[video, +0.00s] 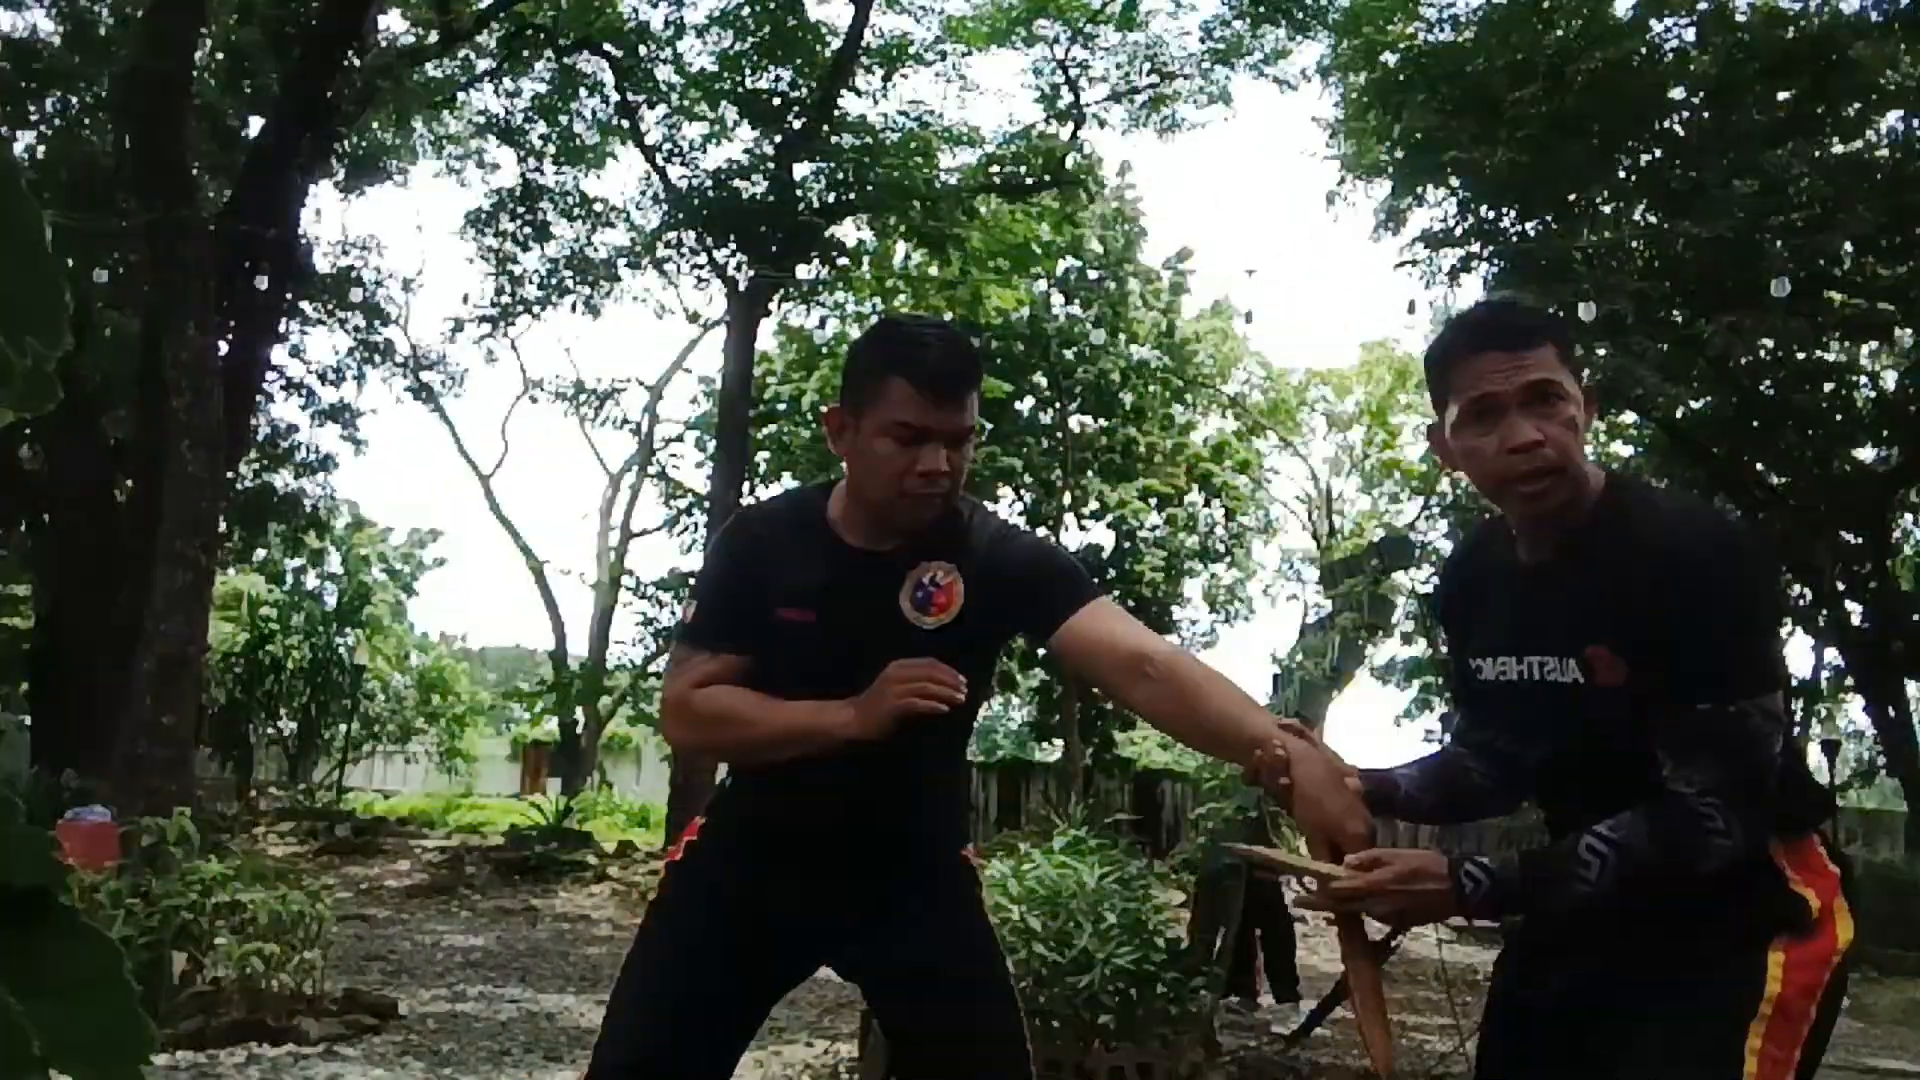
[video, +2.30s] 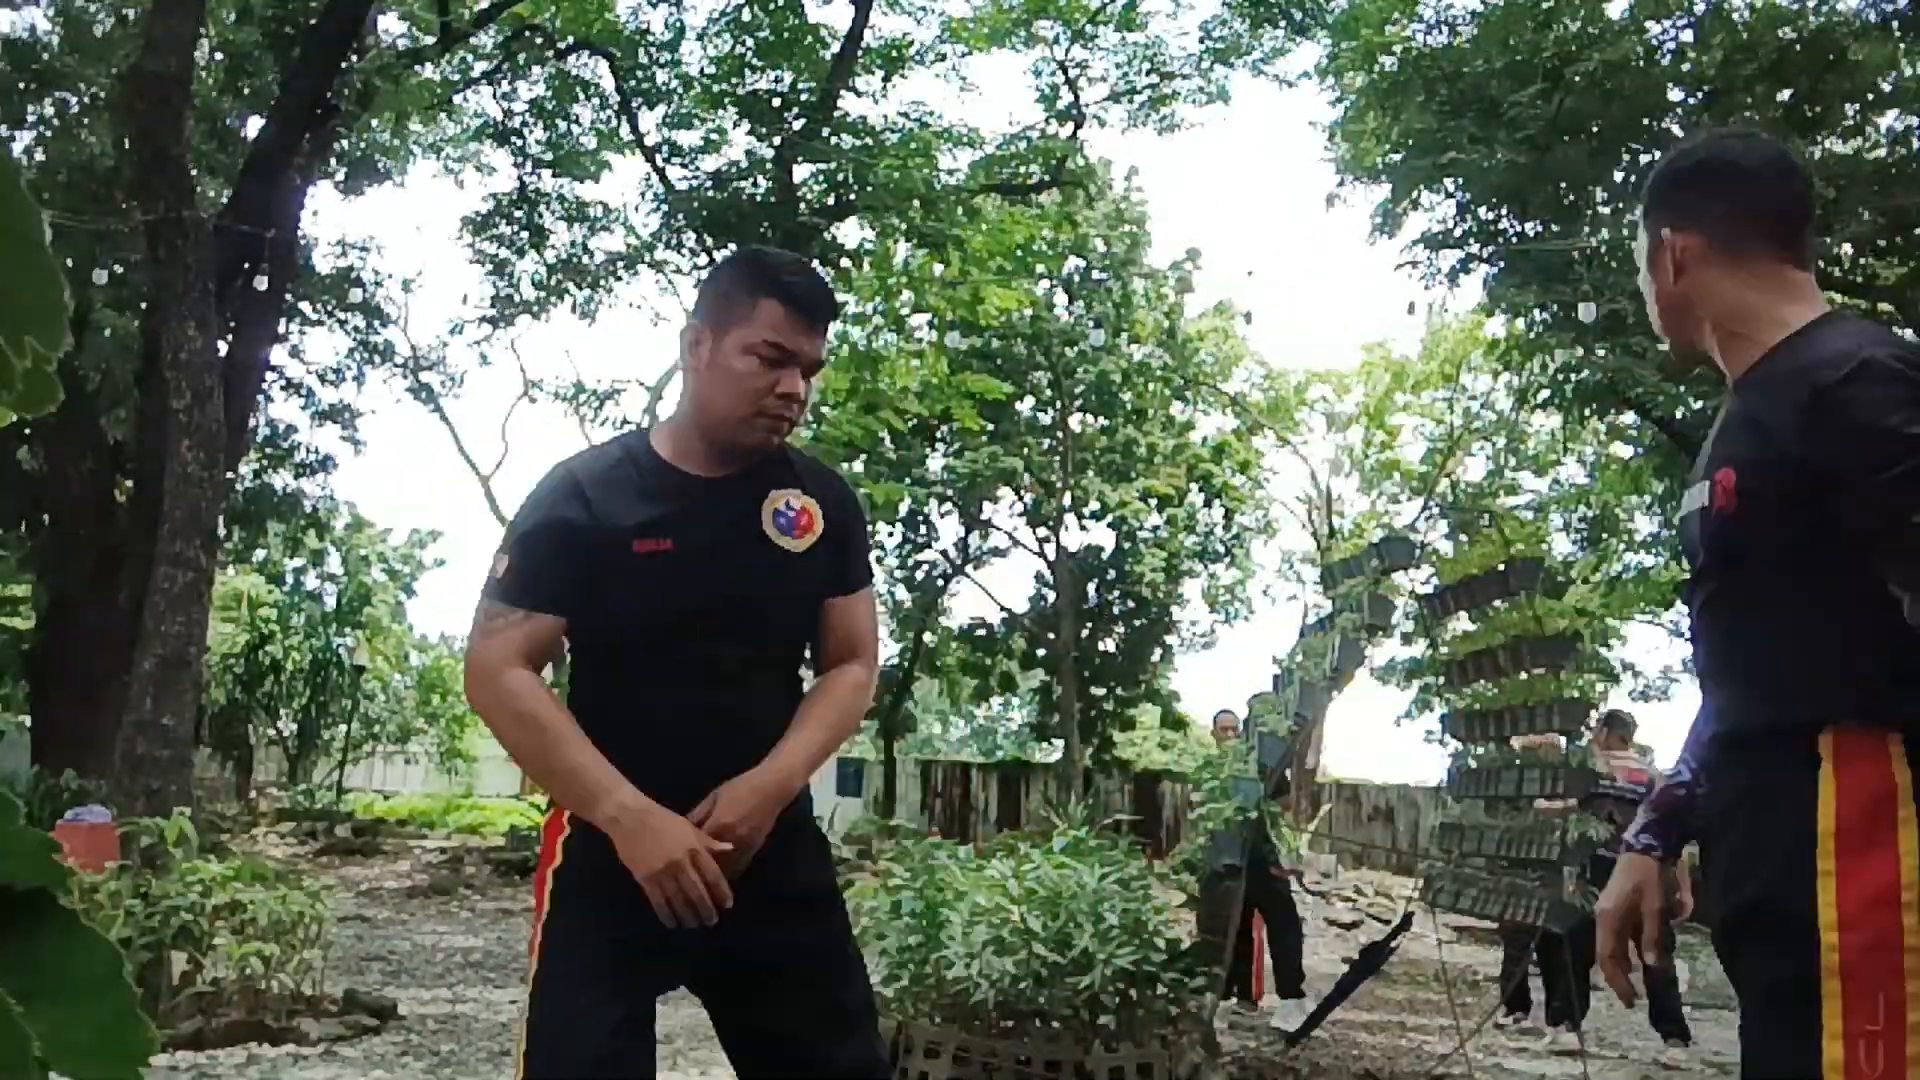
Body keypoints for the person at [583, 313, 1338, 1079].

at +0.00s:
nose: (938, 467)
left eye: (958, 444)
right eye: (910, 440)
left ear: (976, 438)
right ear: (841, 430)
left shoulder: (999, 563)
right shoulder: (755, 545)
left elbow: (1144, 666)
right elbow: (686, 716)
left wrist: (1291, 758)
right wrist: (848, 717)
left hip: (912, 881)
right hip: (750, 868)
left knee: (982, 1067)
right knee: (637, 1063)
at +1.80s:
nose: (882, 438)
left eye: (904, 413)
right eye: (854, 411)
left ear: (926, 415)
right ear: (793, 410)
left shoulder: (969, 544)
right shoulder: (730, 531)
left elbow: (1094, 698)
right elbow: (675, 708)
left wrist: (1209, 856)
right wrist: (845, 678)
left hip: (923, 885)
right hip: (749, 873)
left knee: (1013, 1069)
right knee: (615, 1065)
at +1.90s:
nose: (882, 425)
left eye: (904, 402)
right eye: (852, 399)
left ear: (925, 407)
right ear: (791, 401)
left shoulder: (967, 538)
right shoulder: (730, 526)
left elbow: (1056, 714)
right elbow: (671, 701)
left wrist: (1125, 899)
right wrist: (843, 674)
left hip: (921, 873)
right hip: (755, 865)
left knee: (1011, 1068)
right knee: (620, 1063)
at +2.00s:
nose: (873, 415)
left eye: (895, 392)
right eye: (844, 388)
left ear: (914, 398)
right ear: (783, 393)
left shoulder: (961, 533)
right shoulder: (716, 526)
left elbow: (1007, 722)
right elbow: (671, 702)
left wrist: (1024, 913)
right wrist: (842, 671)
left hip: (917, 867)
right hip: (754, 862)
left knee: (1003, 1060)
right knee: (621, 1062)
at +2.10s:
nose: (845, 407)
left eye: (863, 384)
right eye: (816, 378)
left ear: (880, 391)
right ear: (750, 380)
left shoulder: (924, 520)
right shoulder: (679, 529)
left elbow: (957, 705)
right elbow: (651, 710)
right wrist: (834, 709)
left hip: (894, 865)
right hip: (722, 867)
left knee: (986, 1065)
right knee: (605, 1066)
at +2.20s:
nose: (802, 396)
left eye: (821, 376)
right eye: (776, 366)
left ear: (834, 384)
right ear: (706, 361)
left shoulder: (858, 510)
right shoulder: (614, 512)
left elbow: (899, 684)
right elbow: (574, 700)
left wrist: (778, 809)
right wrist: (736, 790)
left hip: (818, 866)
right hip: (646, 867)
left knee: (904, 1062)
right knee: (582, 1063)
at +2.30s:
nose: (791, 389)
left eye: (808, 371)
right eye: (770, 358)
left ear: (817, 376)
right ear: (697, 343)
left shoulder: (818, 501)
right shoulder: (583, 493)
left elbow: (852, 668)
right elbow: (495, 672)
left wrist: (771, 784)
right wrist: (625, 814)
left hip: (774, 863)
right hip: (606, 867)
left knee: (843, 1064)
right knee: (578, 1065)